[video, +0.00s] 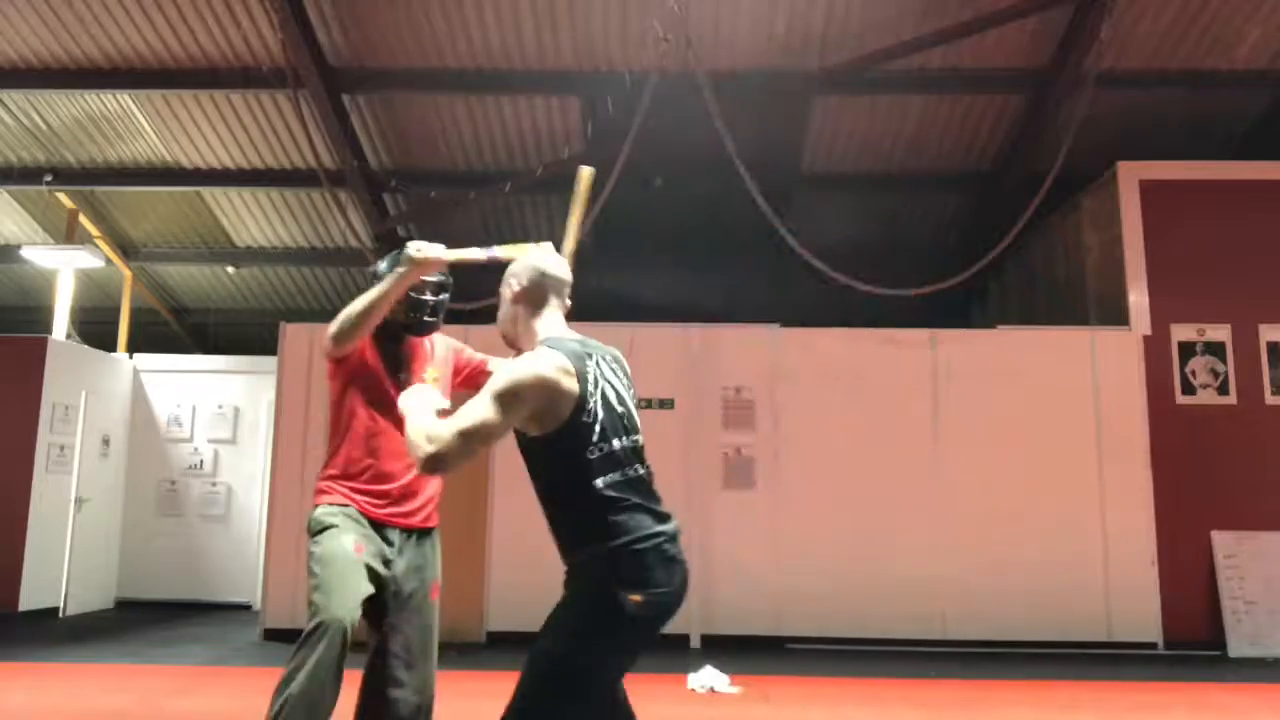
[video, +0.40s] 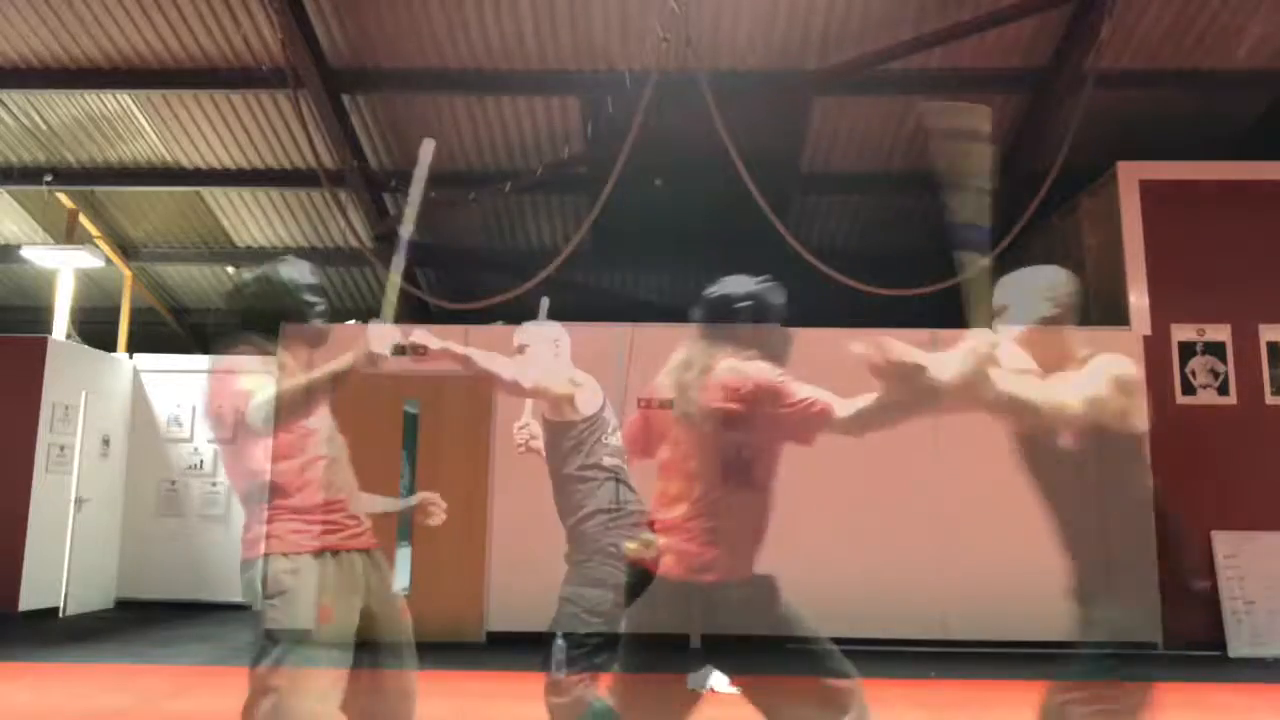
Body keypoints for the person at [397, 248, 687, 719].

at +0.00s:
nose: (498, 317)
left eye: (500, 299)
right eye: (499, 301)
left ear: (515, 294)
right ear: (562, 299)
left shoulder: (532, 373)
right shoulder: (609, 359)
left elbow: (432, 453)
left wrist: (417, 402)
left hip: (616, 575)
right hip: (659, 565)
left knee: (533, 710)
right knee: (593, 689)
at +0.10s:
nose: (516, 321)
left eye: (521, 305)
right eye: (519, 306)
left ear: (544, 303)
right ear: (577, 308)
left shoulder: (543, 370)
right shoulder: (616, 375)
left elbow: (428, 405)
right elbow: (539, 385)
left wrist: (418, 355)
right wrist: (468, 370)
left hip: (600, 579)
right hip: (638, 571)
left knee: (539, 708)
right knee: (604, 693)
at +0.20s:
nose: (525, 343)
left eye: (535, 333)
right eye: (528, 333)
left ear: (570, 334)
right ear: (573, 336)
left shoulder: (568, 380)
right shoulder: (598, 395)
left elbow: (483, 387)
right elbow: (489, 394)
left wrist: (423, 345)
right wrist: (429, 358)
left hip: (600, 567)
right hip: (617, 563)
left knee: (574, 704)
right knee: (576, 700)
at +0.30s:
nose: (522, 360)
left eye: (531, 350)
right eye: (522, 351)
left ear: (565, 349)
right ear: (567, 353)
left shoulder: (575, 390)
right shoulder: (594, 397)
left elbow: (518, 392)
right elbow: (593, 439)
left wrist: (444, 354)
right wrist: (551, 433)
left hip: (605, 558)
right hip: (628, 558)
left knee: (555, 690)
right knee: (572, 676)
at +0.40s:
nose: (516, 361)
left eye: (523, 350)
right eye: (516, 352)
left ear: (554, 349)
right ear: (553, 351)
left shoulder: (576, 384)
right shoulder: (564, 397)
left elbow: (516, 378)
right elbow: (588, 459)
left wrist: (443, 347)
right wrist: (543, 444)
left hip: (611, 549)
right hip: (601, 548)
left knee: (568, 690)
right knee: (565, 688)